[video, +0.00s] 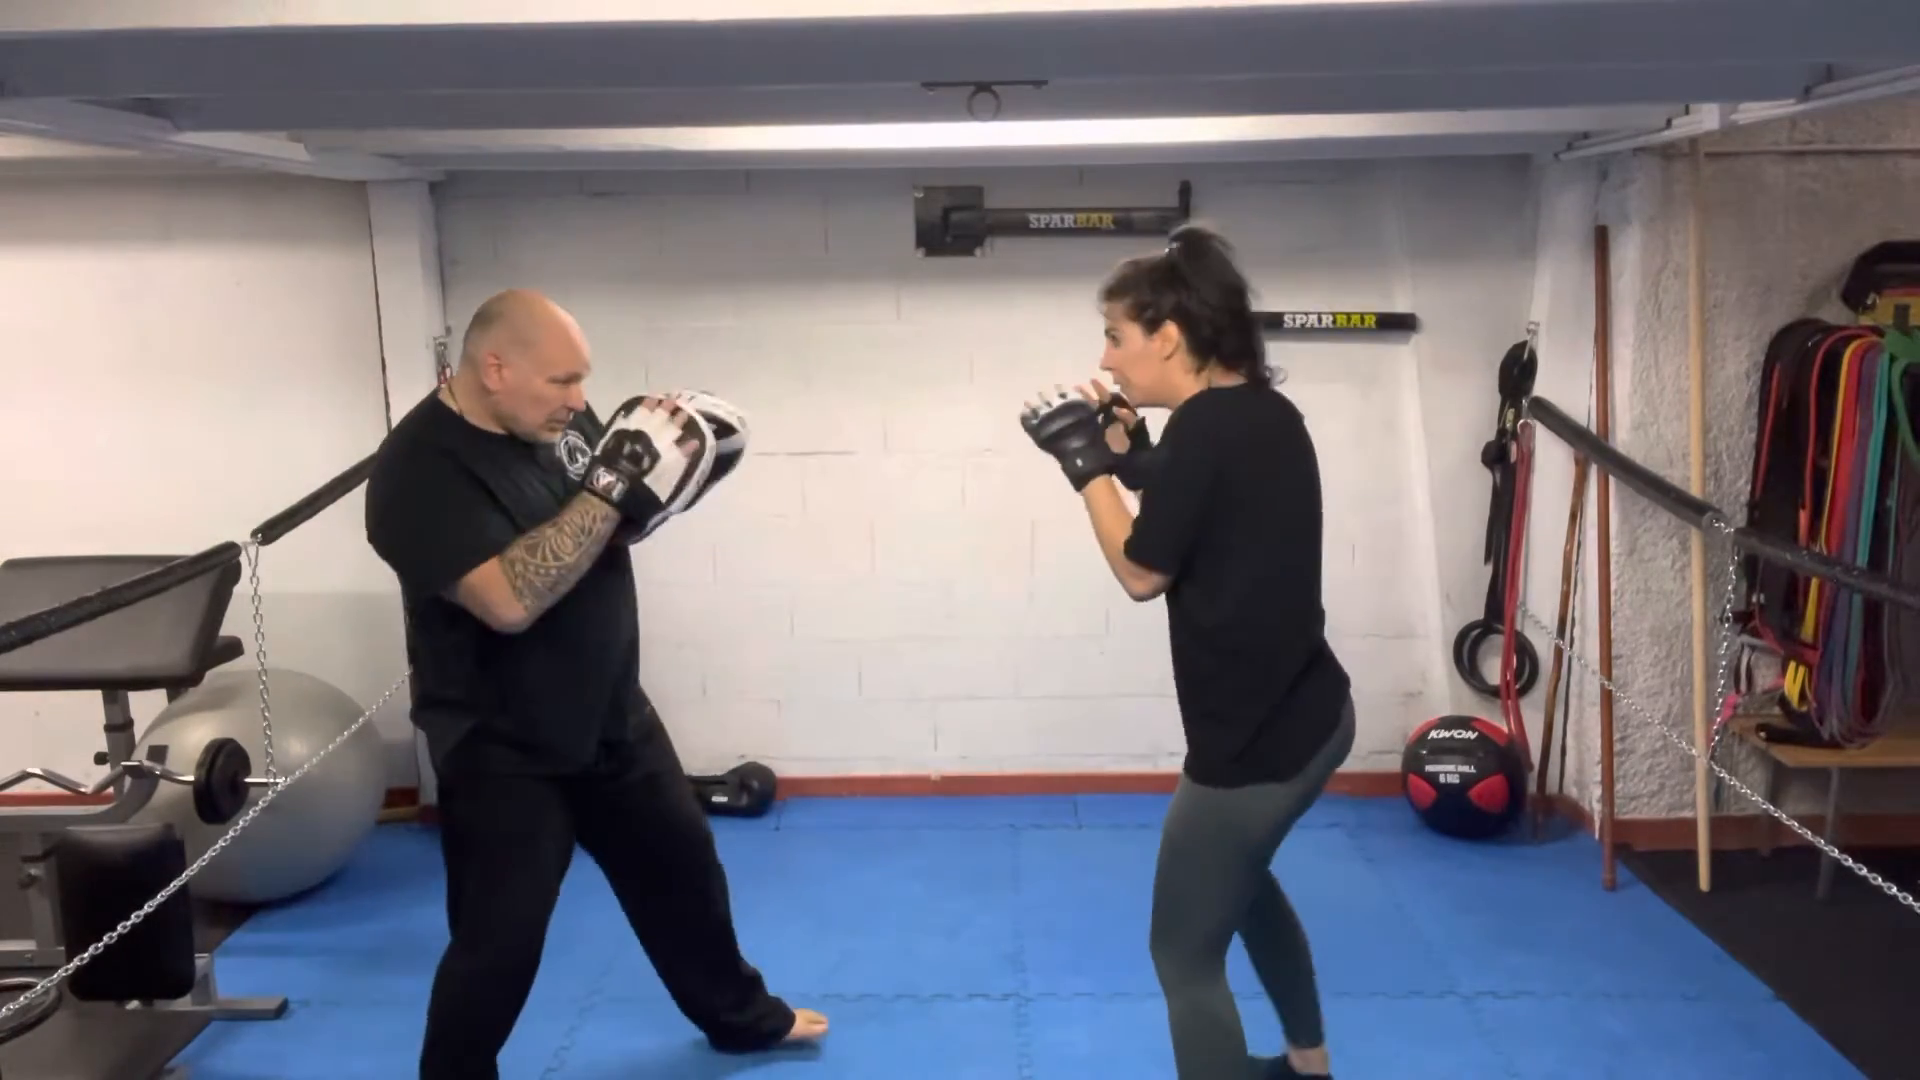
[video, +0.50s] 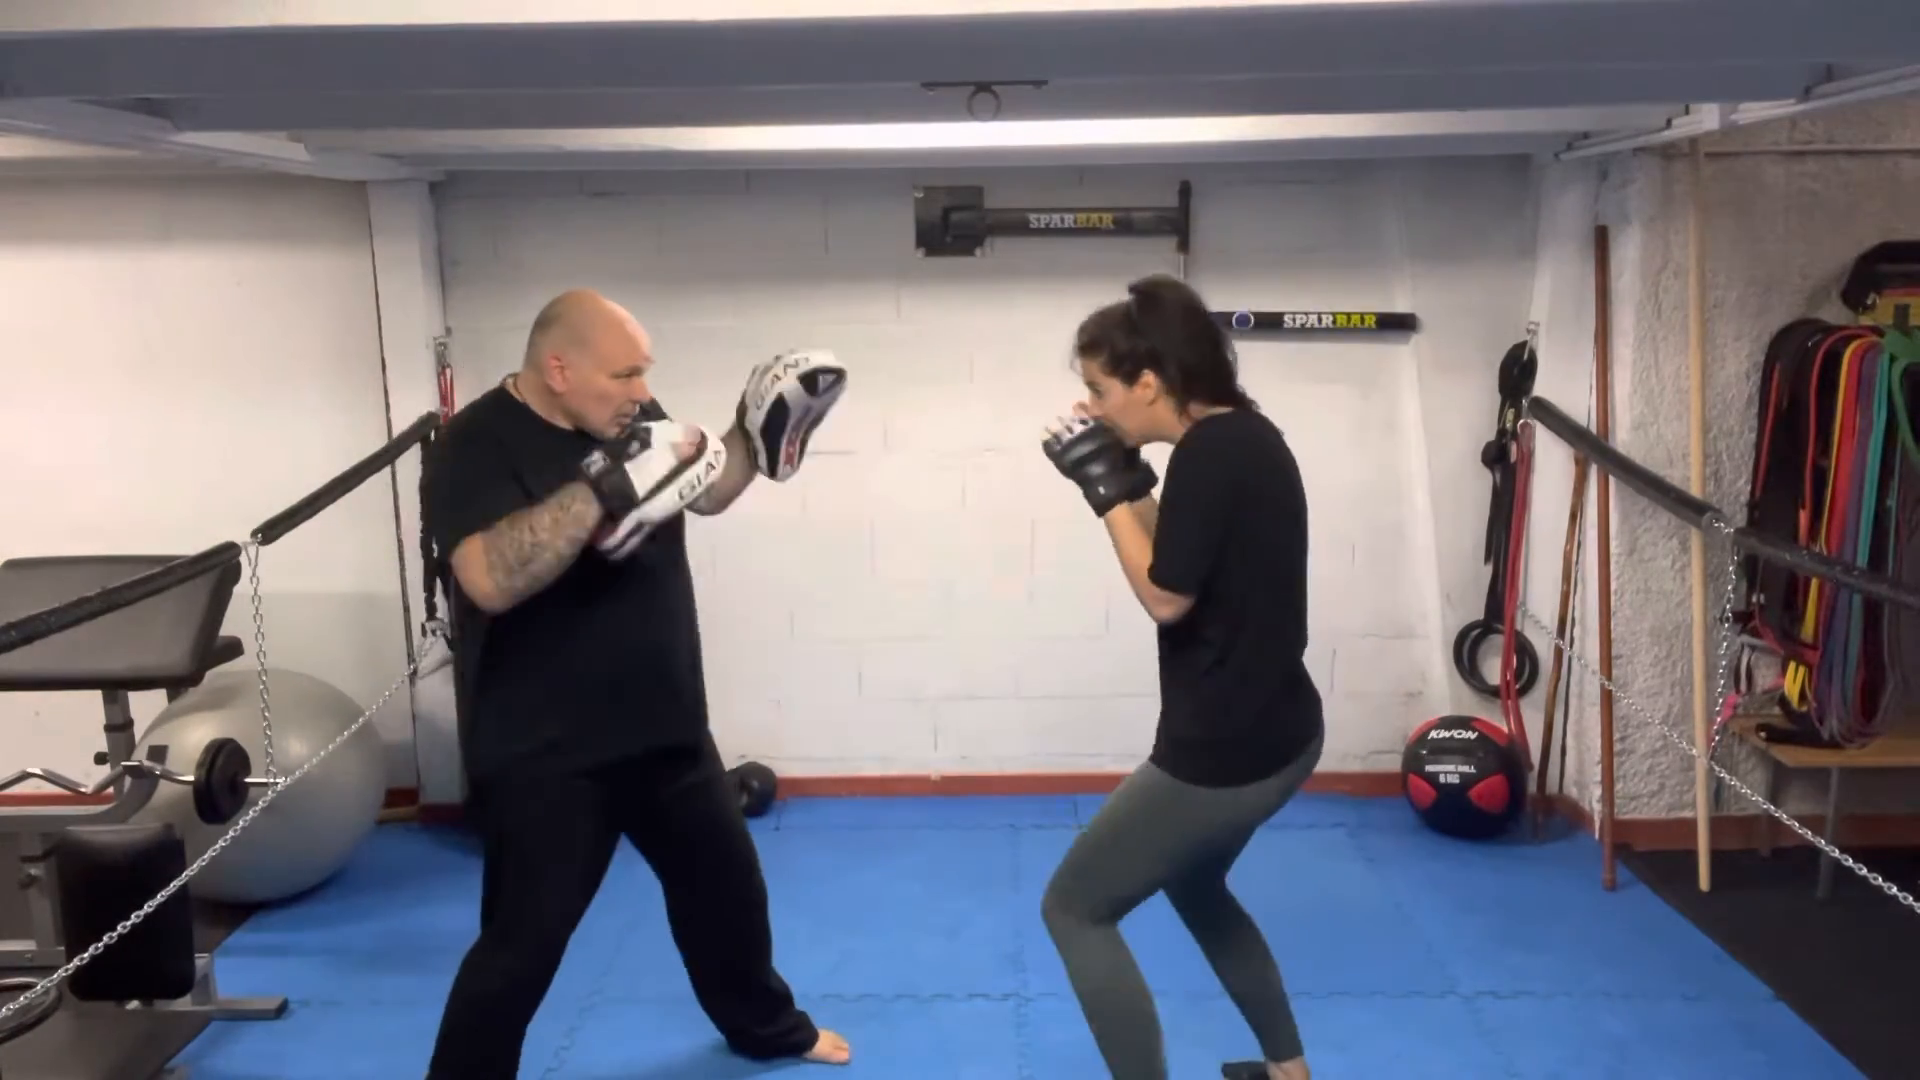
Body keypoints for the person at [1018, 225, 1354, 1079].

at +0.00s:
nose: (1104, 360)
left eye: (1114, 337)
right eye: (1106, 338)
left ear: (1170, 335)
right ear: (1178, 334)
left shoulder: (1201, 430)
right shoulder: (1274, 415)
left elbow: (1142, 571)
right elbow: (1231, 530)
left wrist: (1089, 468)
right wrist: (1141, 459)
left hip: (1248, 750)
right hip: (1313, 717)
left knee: (1185, 956)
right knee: (1241, 878)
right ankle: (1309, 1055)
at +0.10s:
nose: (1100, 367)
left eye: (1110, 345)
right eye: (1102, 346)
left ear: (1166, 344)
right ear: (1172, 345)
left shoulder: (1211, 437)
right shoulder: (1265, 422)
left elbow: (1165, 587)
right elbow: (1229, 550)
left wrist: (1100, 489)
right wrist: (1143, 483)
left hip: (1239, 749)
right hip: (1294, 724)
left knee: (1170, 953)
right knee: (1227, 900)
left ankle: (1221, 1076)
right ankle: (1285, 1066)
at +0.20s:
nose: (1099, 379)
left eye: (1108, 358)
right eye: (1100, 359)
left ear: (1163, 355)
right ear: (1165, 356)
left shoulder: (1222, 445)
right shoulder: (1254, 430)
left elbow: (1185, 595)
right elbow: (1219, 571)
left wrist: (1107, 500)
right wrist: (1141, 498)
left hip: (1240, 753)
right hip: (1279, 733)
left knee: (1153, 948)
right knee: (1209, 897)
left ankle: (1214, 1076)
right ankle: (1281, 1066)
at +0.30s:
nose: (1097, 386)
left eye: (1106, 365)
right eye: (1098, 366)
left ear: (1161, 363)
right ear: (1164, 363)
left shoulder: (1222, 450)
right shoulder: (1248, 435)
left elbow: (1188, 598)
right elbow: (1204, 570)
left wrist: (1108, 505)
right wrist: (1130, 492)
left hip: (1238, 759)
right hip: (1271, 743)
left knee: (1138, 941)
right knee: (1204, 893)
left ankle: (1208, 1077)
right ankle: (1285, 1065)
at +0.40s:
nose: (1095, 398)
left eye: (1103, 377)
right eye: (1094, 377)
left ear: (1158, 371)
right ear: (1160, 370)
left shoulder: (1218, 454)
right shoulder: (1248, 438)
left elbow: (1178, 599)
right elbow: (1187, 567)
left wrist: (1107, 496)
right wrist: (1116, 480)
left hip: (1230, 759)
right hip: (1275, 739)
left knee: (1110, 931)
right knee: (1199, 889)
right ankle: (1285, 1065)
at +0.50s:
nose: (1090, 406)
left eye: (1096, 388)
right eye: (1088, 389)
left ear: (1149, 383)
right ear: (1157, 378)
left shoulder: (1207, 455)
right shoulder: (1252, 440)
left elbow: (1166, 597)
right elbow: (1180, 567)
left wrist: (1108, 492)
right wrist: (1117, 478)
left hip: (1218, 757)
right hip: (1280, 735)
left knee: (1073, 907)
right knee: (1194, 885)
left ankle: (1142, 1075)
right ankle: (1288, 1065)